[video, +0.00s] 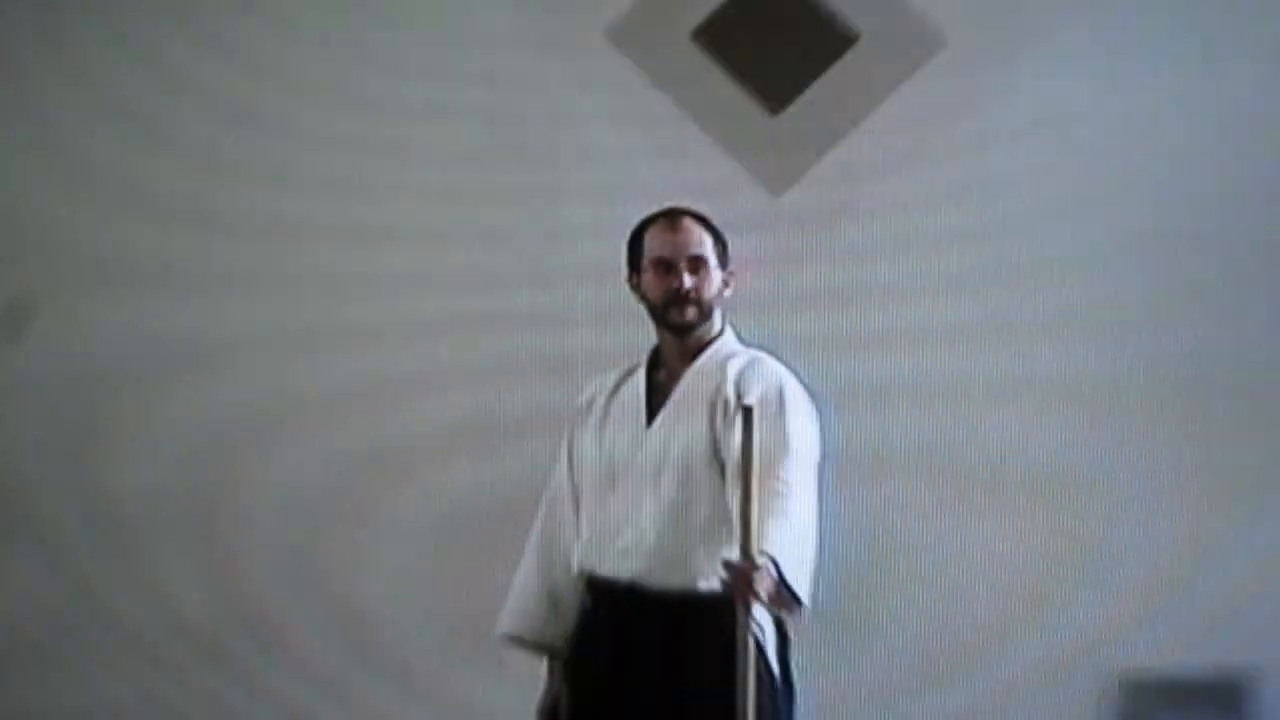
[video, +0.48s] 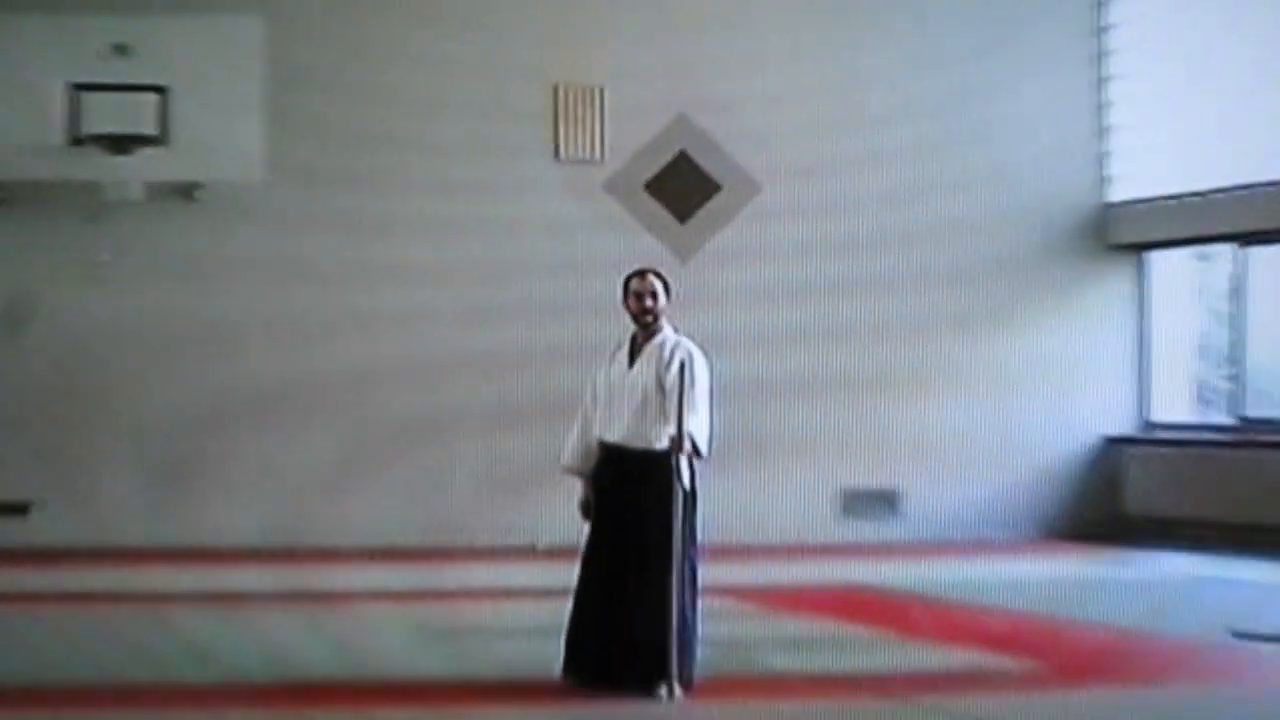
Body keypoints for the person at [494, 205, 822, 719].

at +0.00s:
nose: (683, 283)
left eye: (697, 267)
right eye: (665, 269)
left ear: (725, 280)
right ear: (636, 283)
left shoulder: (761, 387)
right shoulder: (600, 401)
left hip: (714, 631)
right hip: (609, 629)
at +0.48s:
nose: (645, 303)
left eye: (652, 296)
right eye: (637, 296)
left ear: (666, 302)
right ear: (625, 304)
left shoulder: (683, 355)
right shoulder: (613, 361)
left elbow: (691, 410)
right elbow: (592, 424)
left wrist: (683, 450)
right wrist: (587, 481)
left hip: (660, 467)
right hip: (614, 466)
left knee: (660, 572)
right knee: (607, 570)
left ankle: (664, 673)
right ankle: (601, 671)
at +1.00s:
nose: (636, 272)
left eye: (643, 265)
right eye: (629, 266)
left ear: (656, 269)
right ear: (619, 273)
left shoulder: (673, 319)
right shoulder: (609, 324)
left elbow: (681, 373)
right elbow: (590, 383)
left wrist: (672, 417)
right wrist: (586, 436)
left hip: (653, 422)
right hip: (611, 422)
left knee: (655, 515)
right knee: (605, 514)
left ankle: (658, 607)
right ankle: (600, 604)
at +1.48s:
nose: (589, 271)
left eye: (596, 264)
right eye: (582, 265)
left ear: (609, 268)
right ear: (573, 272)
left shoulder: (627, 318)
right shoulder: (563, 323)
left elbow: (637, 368)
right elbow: (544, 382)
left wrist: (625, 407)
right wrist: (538, 435)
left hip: (607, 420)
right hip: (564, 421)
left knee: (608, 513)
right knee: (558, 512)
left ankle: (610, 605)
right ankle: (554, 602)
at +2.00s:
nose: (533, 273)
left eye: (539, 265)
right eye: (525, 267)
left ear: (553, 268)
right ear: (516, 275)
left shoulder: (578, 319)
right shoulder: (504, 326)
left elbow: (598, 374)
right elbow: (487, 374)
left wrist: (562, 394)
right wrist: (504, 399)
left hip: (561, 423)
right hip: (516, 422)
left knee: (562, 510)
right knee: (505, 509)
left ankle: (561, 605)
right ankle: (502, 603)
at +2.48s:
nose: (517, 275)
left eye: (522, 266)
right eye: (508, 270)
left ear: (536, 268)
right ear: (500, 277)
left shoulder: (565, 316)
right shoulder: (491, 329)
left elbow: (591, 369)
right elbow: (482, 378)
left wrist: (547, 367)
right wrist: (494, 418)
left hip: (554, 419)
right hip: (509, 419)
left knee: (553, 513)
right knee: (499, 509)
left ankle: (551, 605)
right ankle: (495, 602)